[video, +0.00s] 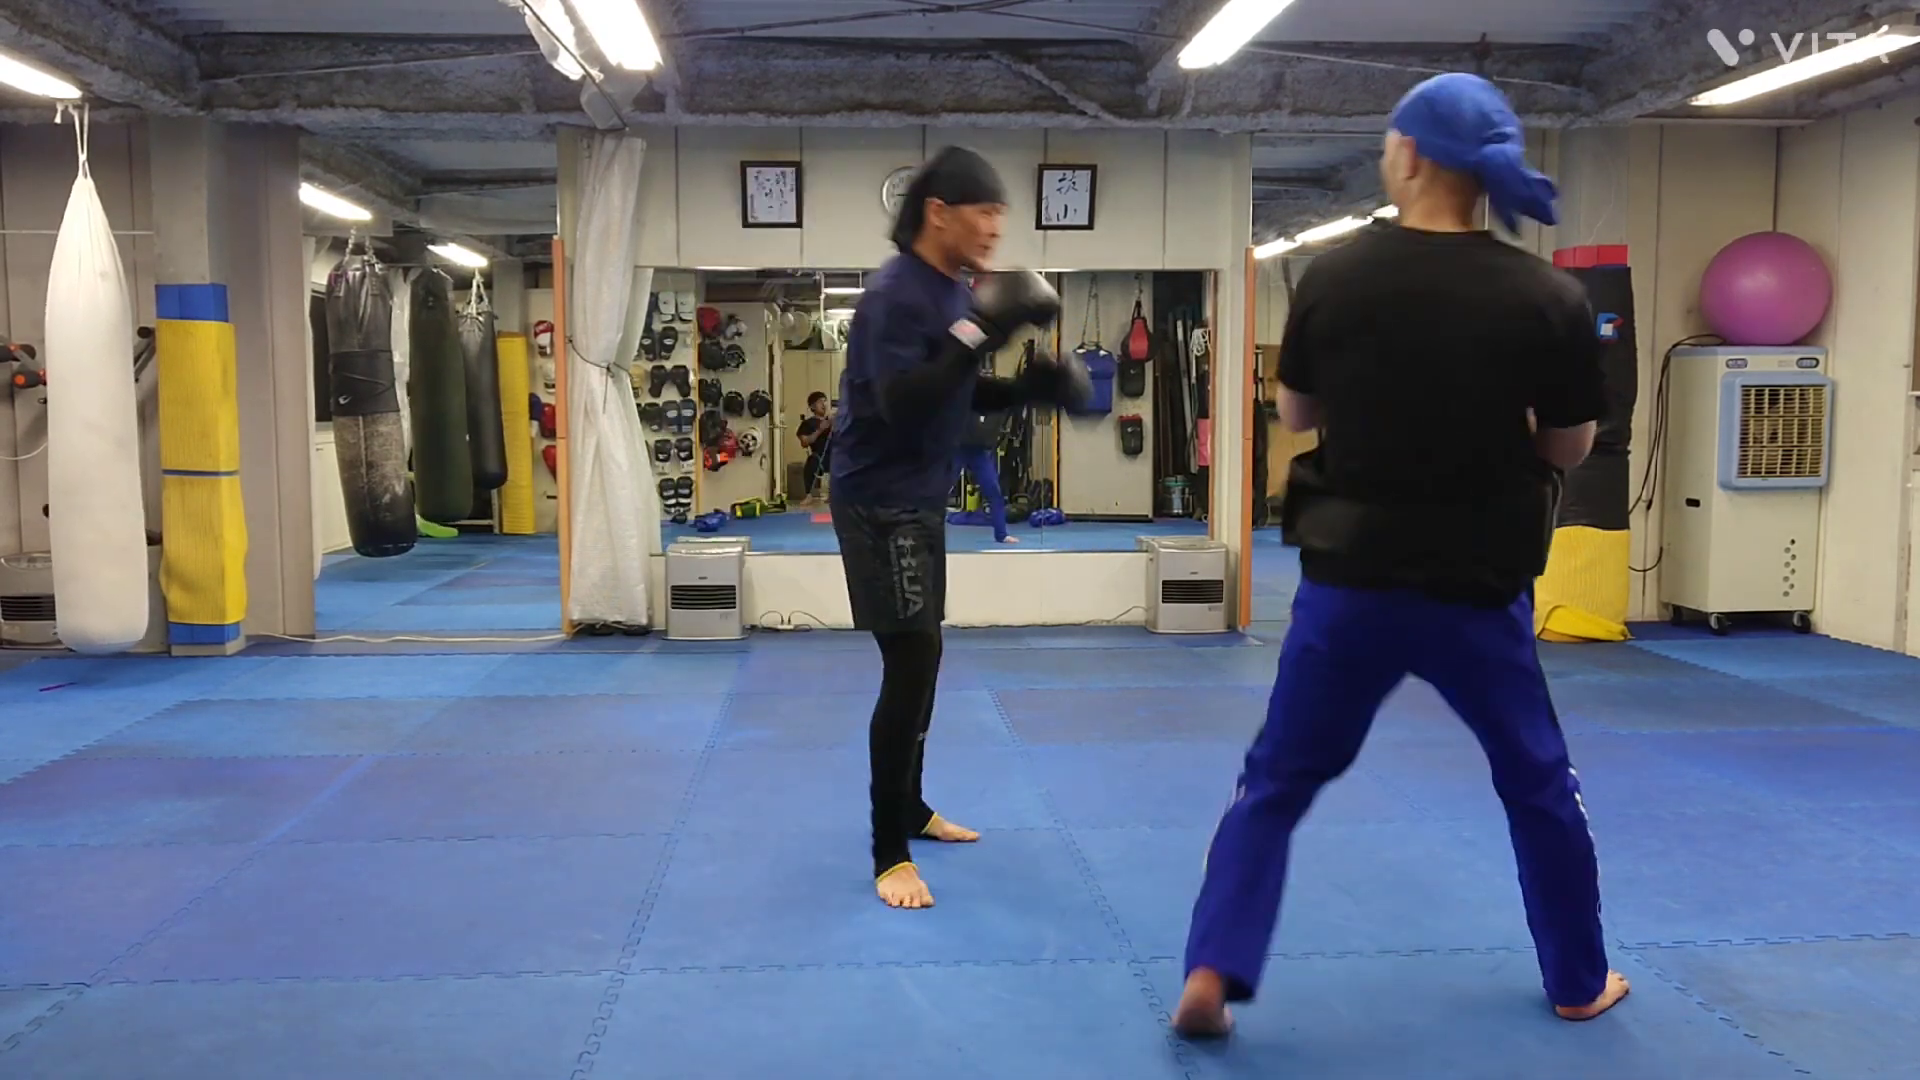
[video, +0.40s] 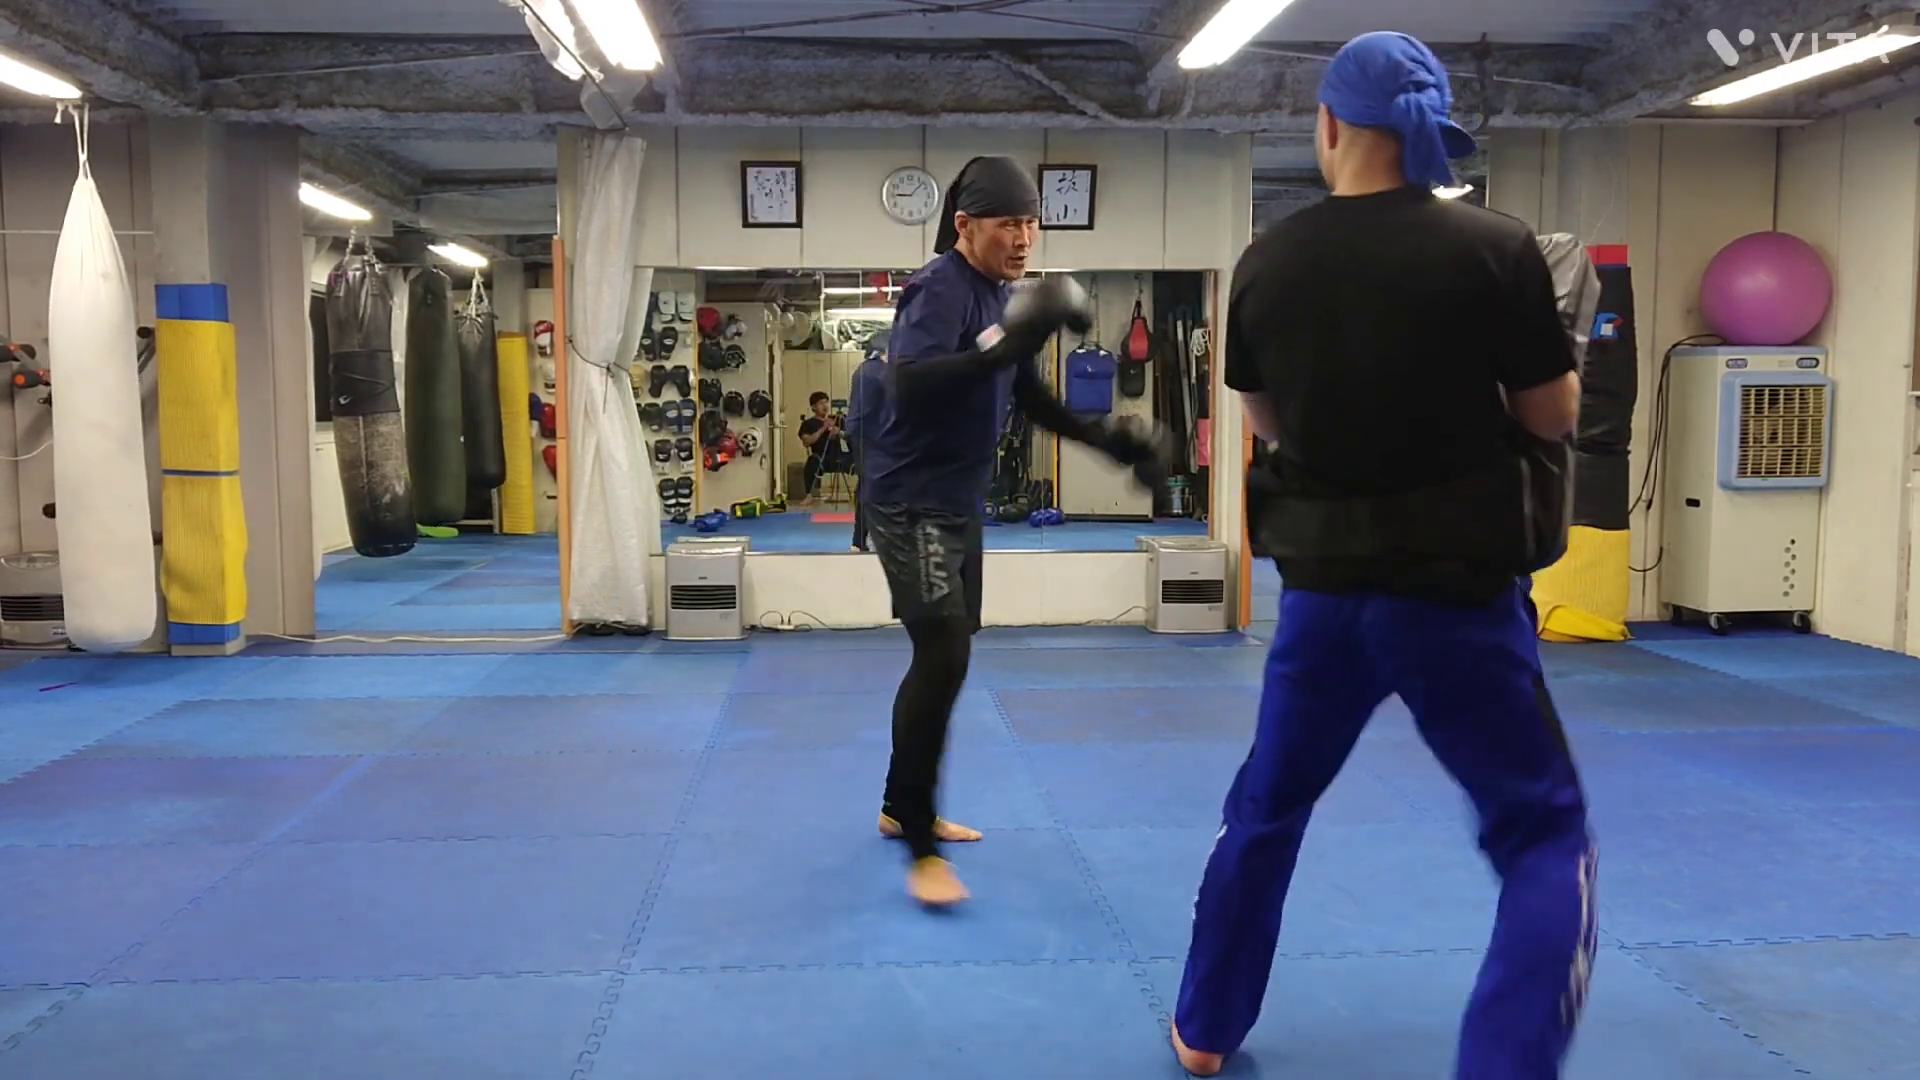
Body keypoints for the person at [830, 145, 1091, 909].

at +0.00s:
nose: (996, 229)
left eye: (999, 215)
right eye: (984, 213)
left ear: (964, 218)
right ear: (937, 212)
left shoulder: (953, 293)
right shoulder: (896, 293)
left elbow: (959, 400)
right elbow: (902, 401)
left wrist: (1033, 386)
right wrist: (977, 332)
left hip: (917, 502)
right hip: (880, 505)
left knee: (921, 658)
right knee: (907, 666)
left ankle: (908, 806)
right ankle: (890, 854)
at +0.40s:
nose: (1022, 239)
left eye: (1029, 225)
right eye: (1007, 225)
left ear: (1032, 226)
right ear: (964, 225)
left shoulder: (1000, 297)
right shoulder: (941, 286)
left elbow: (1033, 400)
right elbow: (909, 382)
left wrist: (1105, 433)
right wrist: (1000, 348)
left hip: (957, 504)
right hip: (910, 505)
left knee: (946, 655)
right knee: (941, 656)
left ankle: (907, 806)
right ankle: (920, 845)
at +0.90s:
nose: (942, 226)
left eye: (948, 207)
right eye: (920, 217)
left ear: (965, 210)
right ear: (889, 237)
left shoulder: (1022, 268)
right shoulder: (898, 337)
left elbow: (1125, 327)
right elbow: (827, 424)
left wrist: (1211, 375)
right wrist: (817, 339)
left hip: (1096, 428)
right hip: (1041, 505)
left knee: (1132, 373)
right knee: (1035, 700)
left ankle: (1237, 382)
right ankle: (1093, 902)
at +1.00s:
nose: (961, 221)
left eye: (967, 205)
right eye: (940, 212)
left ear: (983, 213)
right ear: (907, 234)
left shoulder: (1038, 264)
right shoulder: (908, 329)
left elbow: (1130, 334)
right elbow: (876, 417)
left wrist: (1211, 388)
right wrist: (874, 303)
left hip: (1126, 426)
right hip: (1064, 505)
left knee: (1174, 380)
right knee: (1073, 717)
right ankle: (1101, 916)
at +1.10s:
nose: (1002, 205)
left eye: (1008, 189)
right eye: (982, 193)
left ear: (1021, 197)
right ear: (934, 208)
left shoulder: (1066, 264)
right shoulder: (930, 310)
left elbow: (1153, 341)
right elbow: (912, 427)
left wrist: (1239, 355)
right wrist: (929, 309)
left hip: (1144, 443)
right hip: (1060, 511)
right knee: (1070, 724)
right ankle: (1099, 919)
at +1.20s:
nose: (1023, 199)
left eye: (1031, 183)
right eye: (1003, 184)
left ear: (1046, 193)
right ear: (957, 199)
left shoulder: (1088, 263)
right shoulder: (948, 302)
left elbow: (1150, 354)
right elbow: (926, 425)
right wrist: (957, 317)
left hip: (1152, 474)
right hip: (1063, 514)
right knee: (1069, 725)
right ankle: (1099, 917)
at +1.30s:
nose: (1067, 195)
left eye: (1075, 178)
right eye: (1046, 177)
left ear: (1089, 189)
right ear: (1002, 190)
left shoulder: (1103, 275)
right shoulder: (991, 291)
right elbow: (950, 421)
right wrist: (996, 339)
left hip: (1150, 518)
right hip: (1067, 528)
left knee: (1162, 705)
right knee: (1075, 717)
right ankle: (1099, 908)